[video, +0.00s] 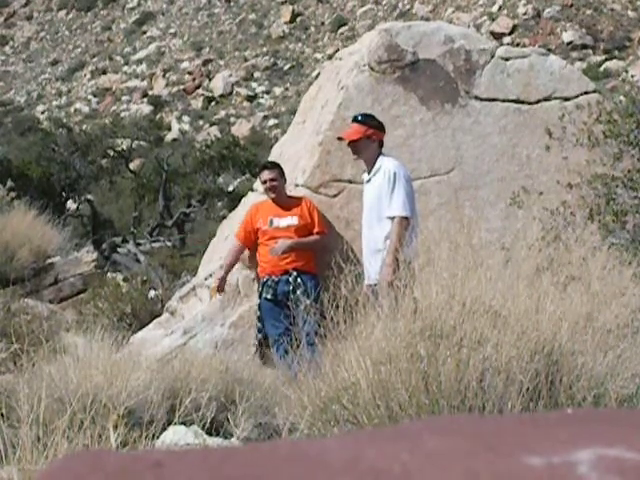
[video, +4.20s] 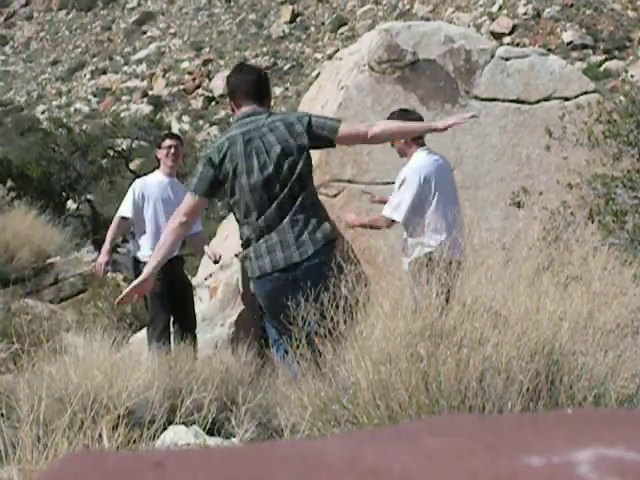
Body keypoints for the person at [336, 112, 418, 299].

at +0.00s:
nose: (351, 147)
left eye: (355, 141)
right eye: (350, 142)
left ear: (373, 139)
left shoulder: (393, 170)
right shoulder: (369, 177)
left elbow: (401, 220)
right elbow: (372, 229)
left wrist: (390, 264)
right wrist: (369, 276)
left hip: (390, 272)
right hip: (373, 274)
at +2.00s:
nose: (359, 145)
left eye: (364, 138)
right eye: (356, 139)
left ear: (381, 136)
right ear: (354, 142)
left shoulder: (396, 170)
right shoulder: (374, 176)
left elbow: (398, 222)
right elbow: (380, 225)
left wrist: (385, 272)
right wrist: (375, 271)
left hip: (396, 272)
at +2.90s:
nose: (363, 147)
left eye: (365, 142)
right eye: (363, 142)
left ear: (376, 143)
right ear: (379, 142)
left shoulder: (403, 171)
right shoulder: (393, 171)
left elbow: (402, 225)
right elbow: (397, 224)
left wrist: (385, 267)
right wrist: (385, 266)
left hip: (408, 270)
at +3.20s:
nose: (374, 141)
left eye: (376, 136)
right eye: (374, 136)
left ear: (385, 139)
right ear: (402, 136)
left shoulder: (405, 168)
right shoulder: (418, 162)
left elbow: (404, 226)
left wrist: (389, 269)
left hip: (416, 262)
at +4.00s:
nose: (388, 145)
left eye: (388, 139)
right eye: (387, 139)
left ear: (398, 138)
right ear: (415, 135)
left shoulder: (409, 169)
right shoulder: (436, 161)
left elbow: (404, 223)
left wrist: (390, 253)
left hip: (423, 250)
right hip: (448, 246)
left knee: (421, 309)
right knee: (443, 309)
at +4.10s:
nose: (392, 147)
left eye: (392, 141)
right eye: (391, 142)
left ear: (401, 139)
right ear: (417, 137)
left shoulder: (412, 169)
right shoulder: (438, 161)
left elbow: (393, 223)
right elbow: (422, 209)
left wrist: (363, 246)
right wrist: (384, 227)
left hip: (425, 252)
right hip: (450, 248)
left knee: (423, 312)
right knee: (442, 311)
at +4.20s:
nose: (392, 145)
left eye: (393, 139)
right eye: (391, 140)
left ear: (405, 139)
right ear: (418, 137)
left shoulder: (414, 171)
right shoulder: (440, 162)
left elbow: (385, 220)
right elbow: (422, 198)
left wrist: (357, 222)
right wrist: (387, 200)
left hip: (427, 256)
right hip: (451, 251)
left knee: (425, 319)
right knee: (444, 316)